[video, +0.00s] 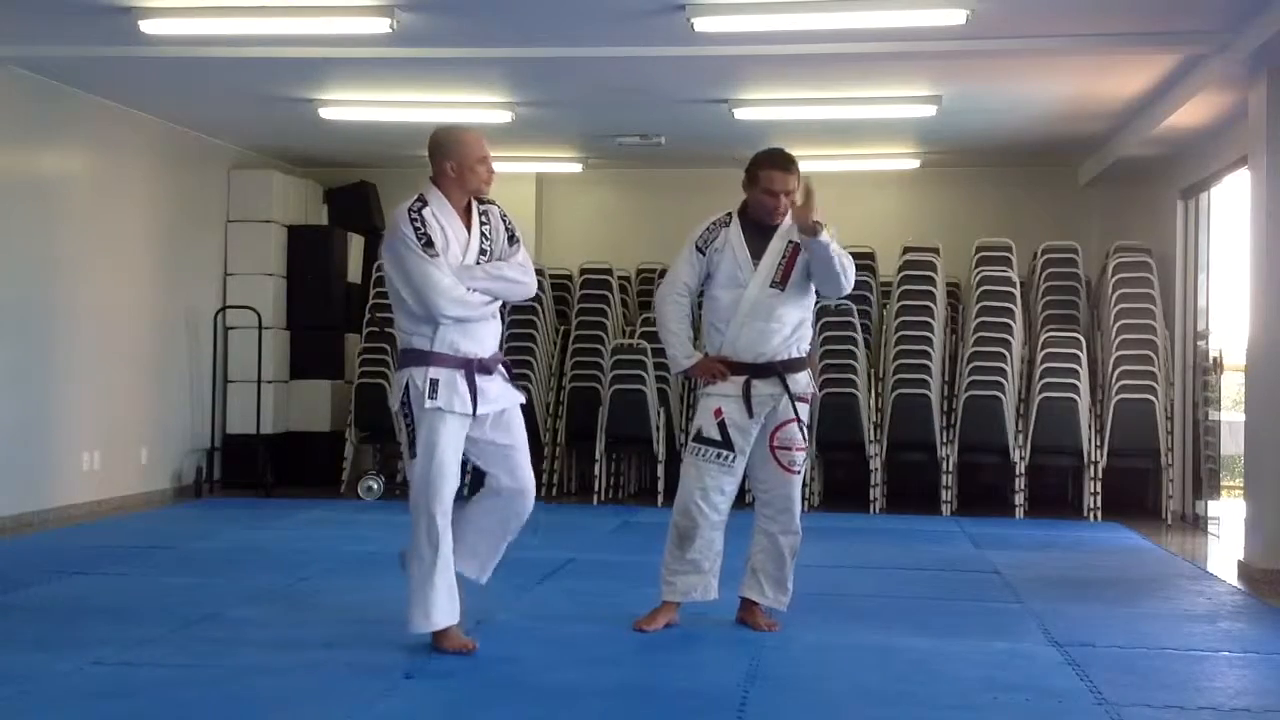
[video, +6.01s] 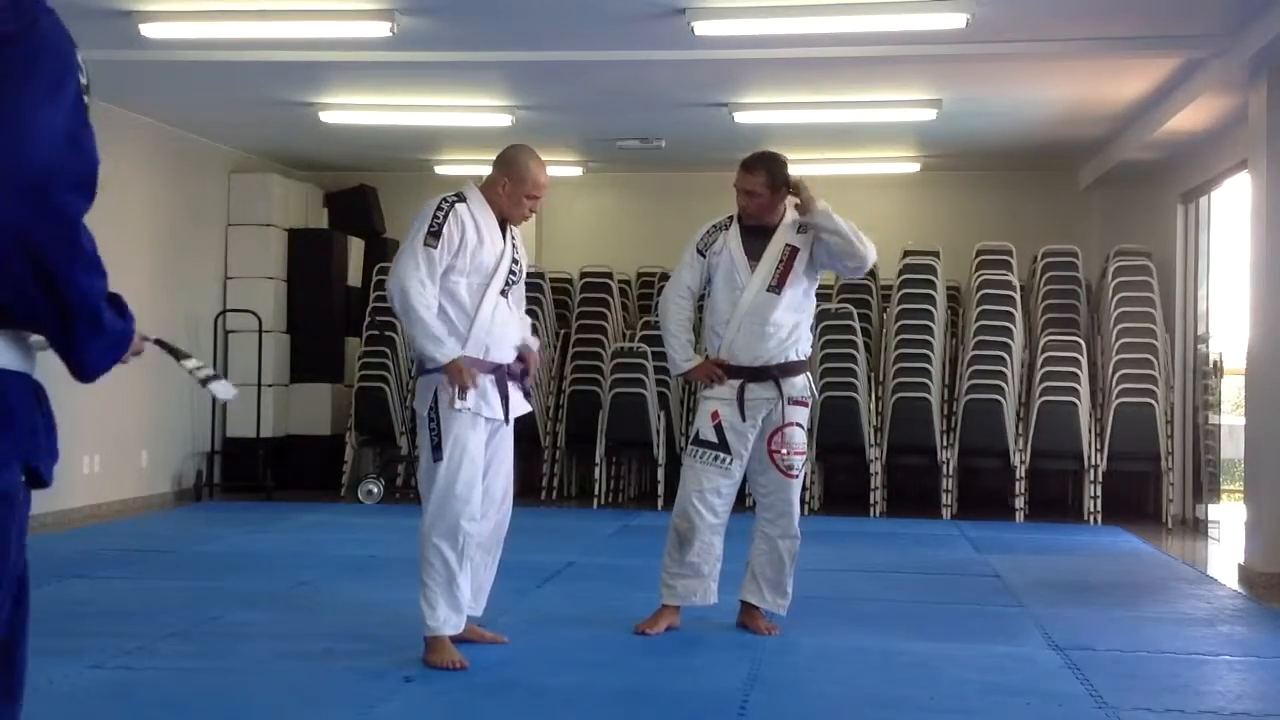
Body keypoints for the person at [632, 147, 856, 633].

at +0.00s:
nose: (779, 203)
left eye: (787, 194)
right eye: (769, 193)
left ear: (797, 194)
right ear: (747, 187)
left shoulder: (809, 241)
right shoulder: (713, 236)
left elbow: (839, 286)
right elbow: (671, 296)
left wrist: (812, 234)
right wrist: (688, 358)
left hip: (789, 388)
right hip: (725, 384)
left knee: (781, 503)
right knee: (698, 498)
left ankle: (755, 602)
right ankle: (672, 600)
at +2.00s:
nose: (761, 187)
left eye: (771, 177)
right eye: (751, 179)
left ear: (788, 183)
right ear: (738, 186)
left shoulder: (818, 240)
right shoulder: (712, 239)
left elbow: (857, 303)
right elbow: (678, 301)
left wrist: (838, 361)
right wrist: (688, 357)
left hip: (787, 390)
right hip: (722, 385)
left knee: (778, 506)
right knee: (695, 499)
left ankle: (756, 605)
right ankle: (670, 602)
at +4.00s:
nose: (750, 208)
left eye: (762, 201)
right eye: (744, 197)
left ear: (783, 200)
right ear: (735, 190)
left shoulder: (801, 236)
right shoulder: (708, 236)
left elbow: (850, 230)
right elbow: (668, 299)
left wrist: (805, 184)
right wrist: (686, 362)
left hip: (783, 387)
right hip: (720, 385)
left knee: (779, 505)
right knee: (693, 500)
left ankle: (755, 604)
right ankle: (671, 604)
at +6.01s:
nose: (741, 201)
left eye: (752, 195)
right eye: (739, 191)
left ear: (781, 197)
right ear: (735, 187)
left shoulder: (808, 236)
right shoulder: (715, 236)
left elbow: (862, 259)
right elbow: (675, 299)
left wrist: (815, 212)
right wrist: (687, 358)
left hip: (786, 388)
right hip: (722, 385)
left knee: (780, 506)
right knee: (696, 502)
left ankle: (755, 606)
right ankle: (672, 604)